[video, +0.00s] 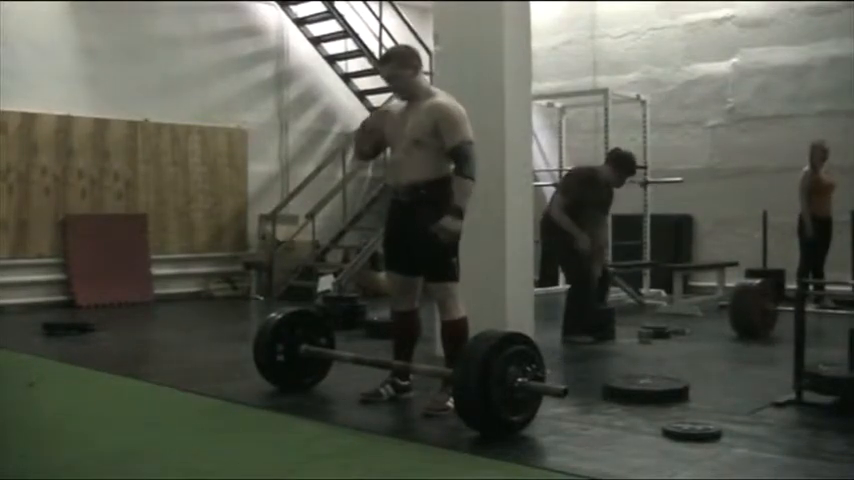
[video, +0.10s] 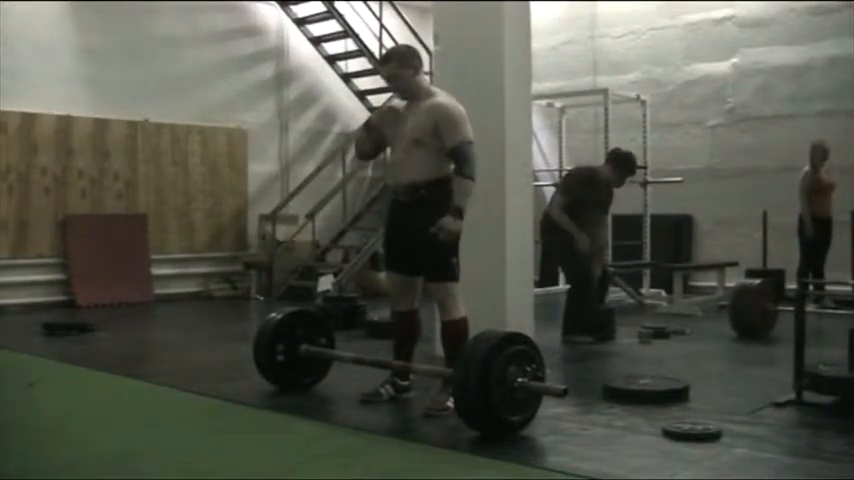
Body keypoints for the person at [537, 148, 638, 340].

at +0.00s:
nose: (622, 182)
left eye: (625, 178)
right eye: (622, 176)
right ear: (612, 168)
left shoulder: (606, 191)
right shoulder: (579, 176)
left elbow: (600, 226)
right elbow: (554, 210)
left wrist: (601, 257)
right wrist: (578, 234)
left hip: (584, 237)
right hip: (560, 233)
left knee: (598, 277)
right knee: (581, 277)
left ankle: (591, 326)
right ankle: (573, 330)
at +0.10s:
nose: (623, 182)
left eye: (626, 178)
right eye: (622, 176)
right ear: (613, 167)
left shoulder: (605, 190)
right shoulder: (580, 176)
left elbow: (600, 226)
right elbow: (554, 209)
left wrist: (601, 258)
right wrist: (577, 234)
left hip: (584, 237)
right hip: (559, 234)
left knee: (599, 277)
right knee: (581, 277)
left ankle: (590, 326)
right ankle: (573, 330)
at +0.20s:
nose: (623, 181)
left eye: (626, 177)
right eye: (622, 175)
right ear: (612, 167)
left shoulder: (605, 189)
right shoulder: (580, 175)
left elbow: (600, 225)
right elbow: (554, 209)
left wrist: (601, 257)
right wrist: (575, 234)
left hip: (583, 236)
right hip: (559, 233)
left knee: (599, 276)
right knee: (582, 277)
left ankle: (589, 326)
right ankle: (573, 330)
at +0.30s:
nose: (624, 180)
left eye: (627, 176)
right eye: (623, 175)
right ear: (612, 167)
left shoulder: (606, 189)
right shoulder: (580, 174)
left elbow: (597, 225)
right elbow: (553, 206)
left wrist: (600, 257)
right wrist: (572, 234)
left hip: (582, 235)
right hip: (557, 231)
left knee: (599, 276)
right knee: (583, 277)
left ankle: (590, 326)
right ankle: (574, 330)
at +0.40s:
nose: (624, 179)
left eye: (626, 175)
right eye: (622, 173)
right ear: (610, 163)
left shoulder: (605, 186)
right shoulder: (580, 172)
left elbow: (598, 225)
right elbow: (554, 206)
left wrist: (600, 257)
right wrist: (567, 236)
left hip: (584, 232)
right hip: (560, 229)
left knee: (593, 277)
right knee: (583, 278)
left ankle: (589, 328)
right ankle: (574, 331)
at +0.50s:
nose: (625, 176)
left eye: (627, 171)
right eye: (623, 170)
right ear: (609, 161)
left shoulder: (605, 184)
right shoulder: (580, 169)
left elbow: (599, 225)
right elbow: (554, 204)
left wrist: (602, 256)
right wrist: (563, 236)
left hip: (585, 231)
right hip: (564, 229)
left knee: (593, 278)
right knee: (582, 278)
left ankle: (593, 326)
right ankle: (575, 331)